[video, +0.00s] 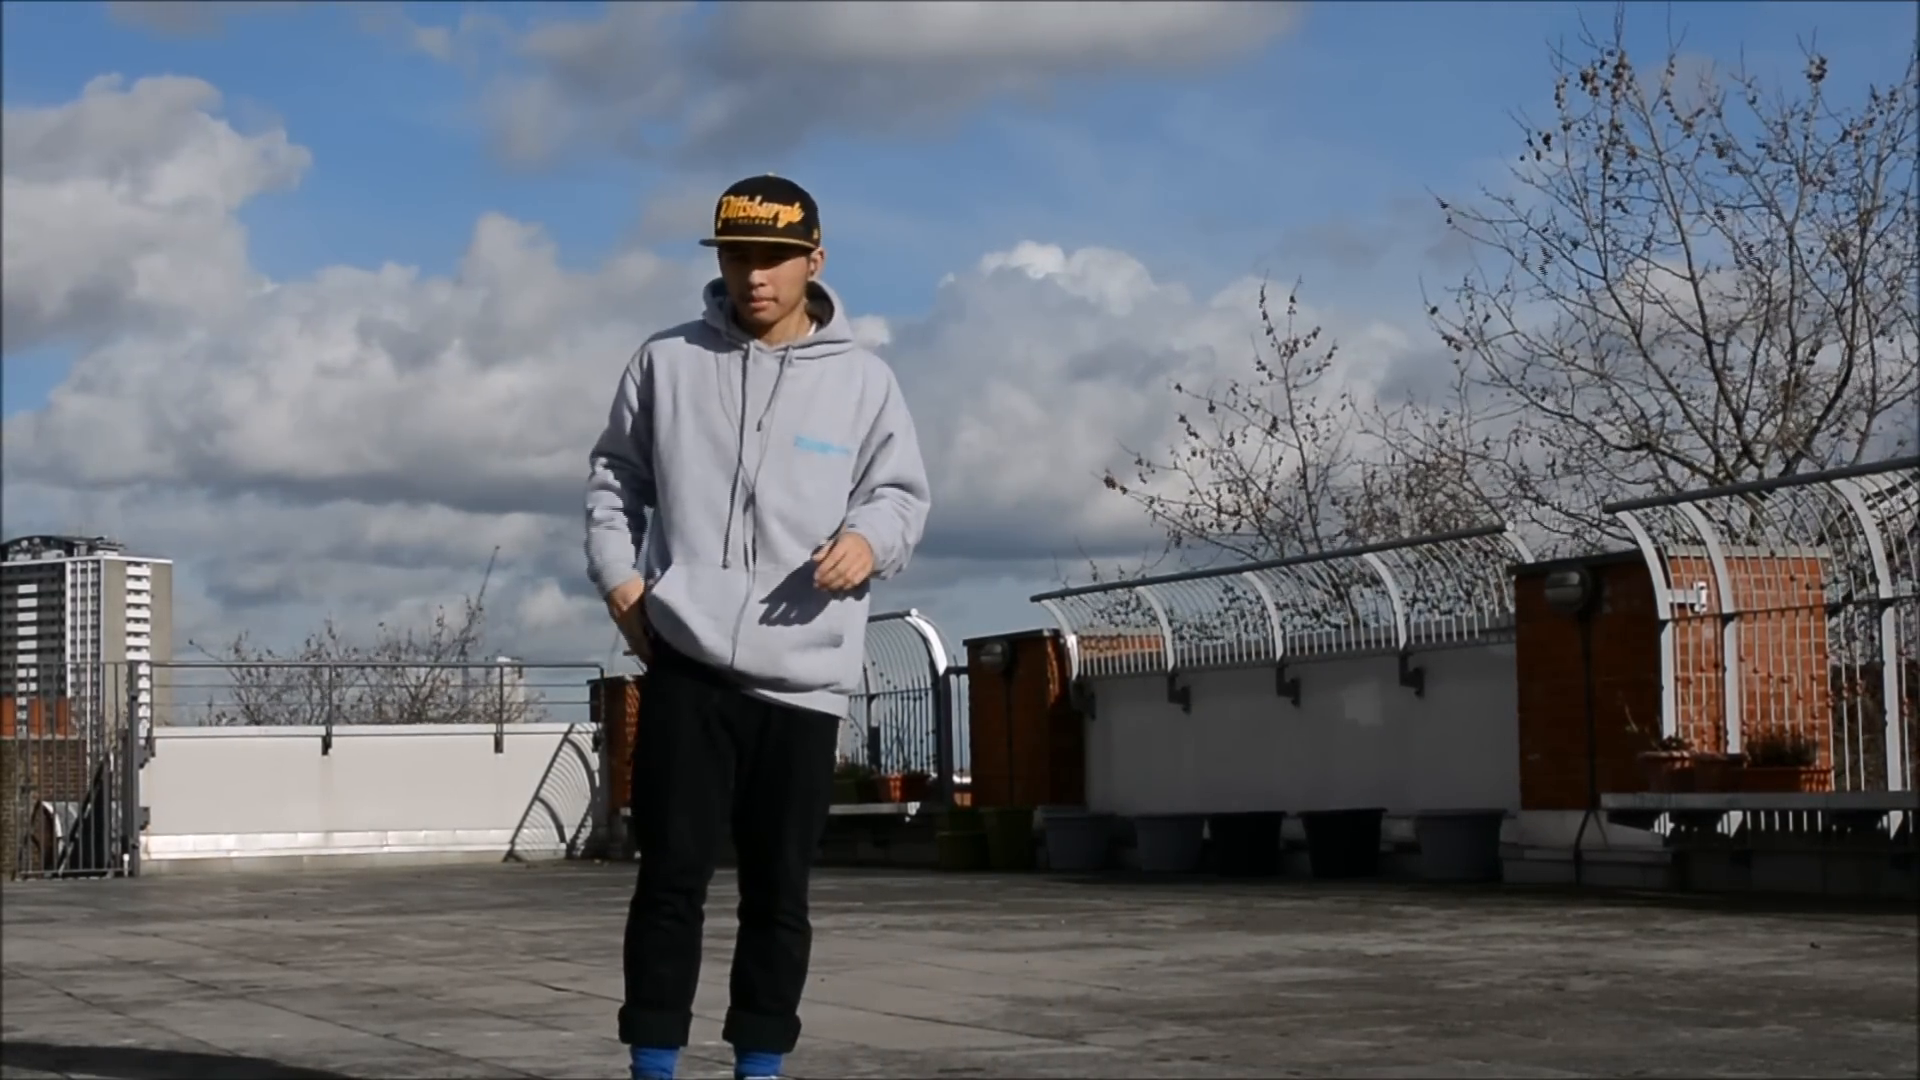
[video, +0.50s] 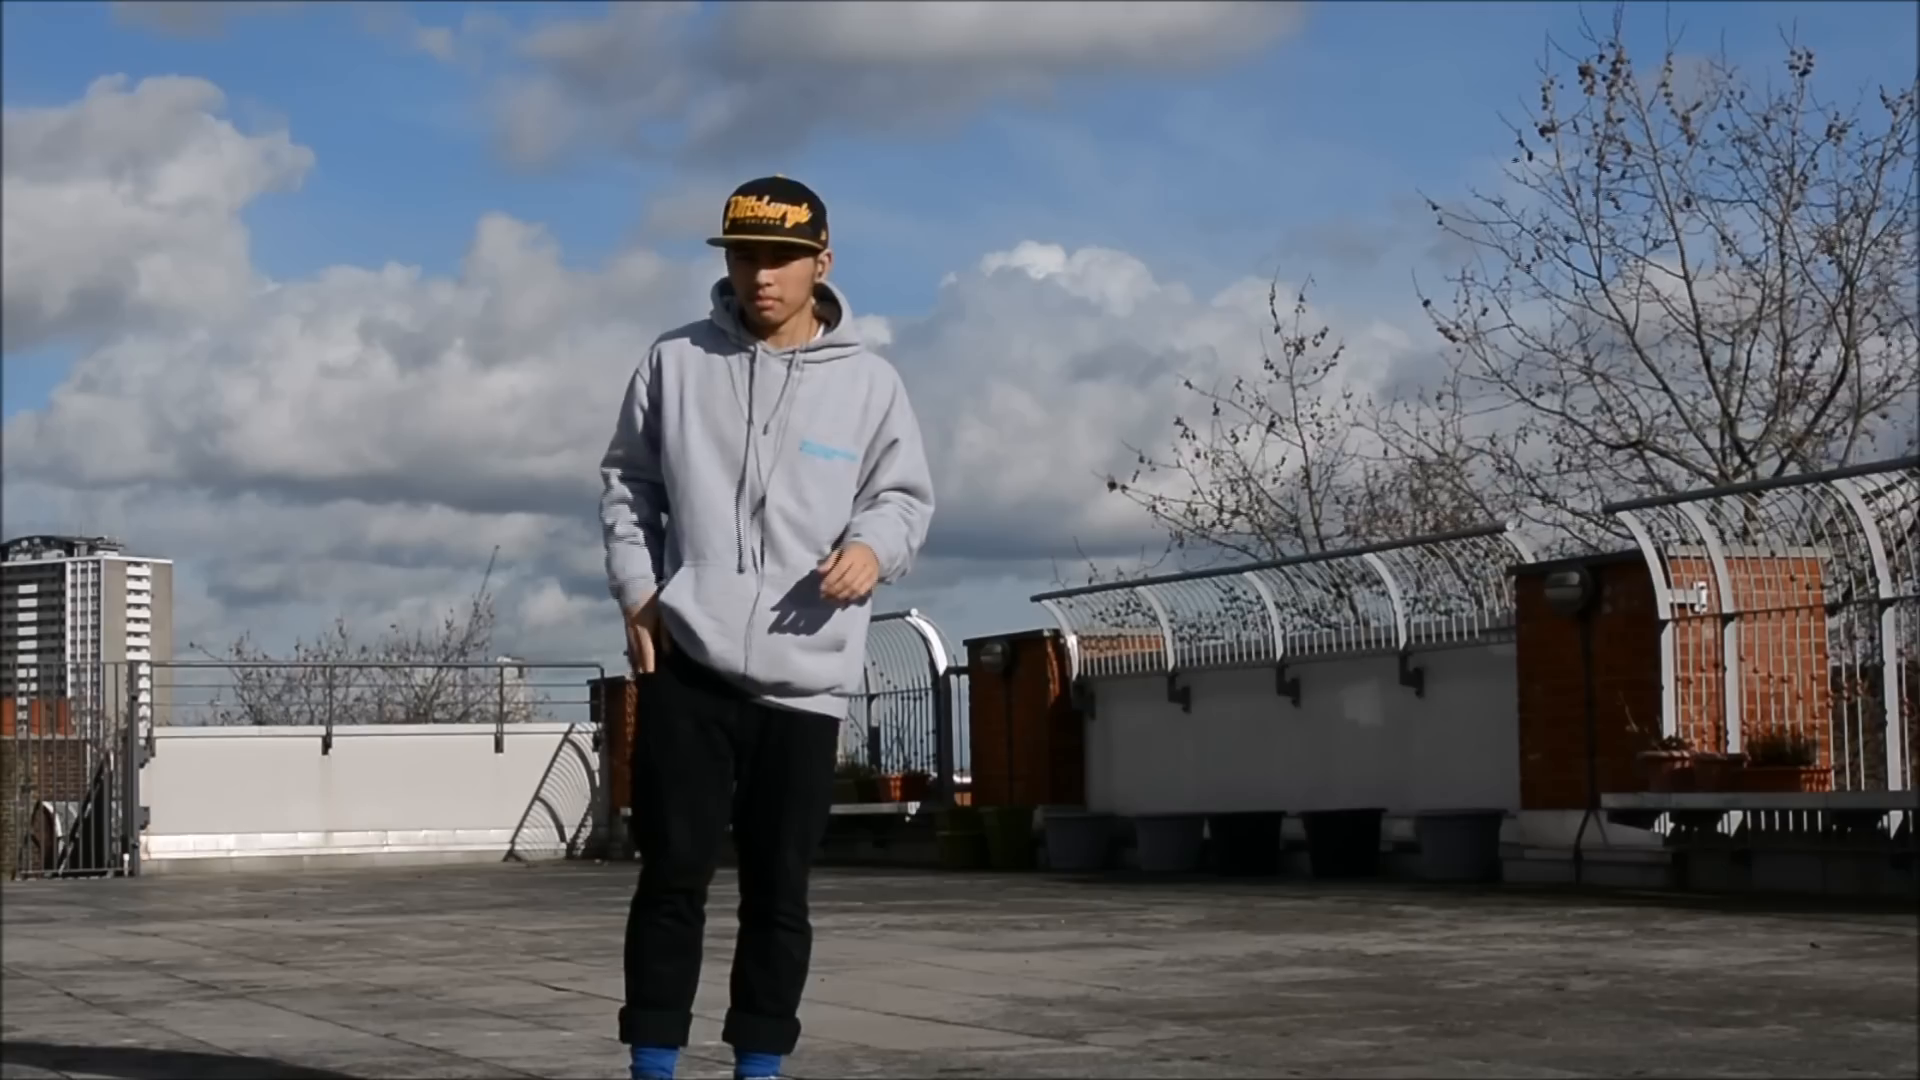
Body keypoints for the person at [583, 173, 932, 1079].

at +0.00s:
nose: (754, 277)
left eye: (774, 259)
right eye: (739, 259)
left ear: (812, 262)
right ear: (720, 261)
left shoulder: (864, 377)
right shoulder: (663, 363)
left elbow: (901, 492)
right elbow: (614, 480)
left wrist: (867, 540)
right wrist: (623, 581)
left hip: (804, 666)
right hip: (684, 655)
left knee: (780, 881)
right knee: (672, 872)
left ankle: (761, 1063)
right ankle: (653, 1062)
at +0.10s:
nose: (757, 278)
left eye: (777, 260)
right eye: (742, 260)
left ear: (815, 263)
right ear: (724, 262)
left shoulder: (865, 381)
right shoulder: (667, 362)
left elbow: (900, 496)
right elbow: (617, 483)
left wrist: (867, 545)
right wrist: (623, 590)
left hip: (803, 668)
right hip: (682, 655)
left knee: (780, 881)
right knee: (672, 871)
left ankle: (761, 1063)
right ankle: (653, 1062)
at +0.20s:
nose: (760, 277)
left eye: (780, 260)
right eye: (745, 260)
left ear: (817, 263)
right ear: (727, 261)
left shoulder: (866, 381)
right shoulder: (667, 361)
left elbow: (900, 497)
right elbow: (617, 482)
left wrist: (867, 546)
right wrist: (623, 593)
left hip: (802, 670)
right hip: (682, 657)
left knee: (779, 882)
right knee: (672, 872)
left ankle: (761, 1063)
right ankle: (653, 1061)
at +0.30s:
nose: (761, 277)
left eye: (782, 259)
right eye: (746, 259)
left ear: (819, 263)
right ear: (727, 262)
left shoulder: (868, 381)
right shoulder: (670, 364)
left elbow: (901, 497)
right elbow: (627, 494)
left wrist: (868, 546)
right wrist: (631, 610)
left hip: (801, 673)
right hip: (682, 662)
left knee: (778, 885)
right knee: (672, 873)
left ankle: (762, 1063)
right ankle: (653, 1062)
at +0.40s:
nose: (762, 277)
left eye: (783, 259)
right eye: (747, 259)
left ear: (820, 264)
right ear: (729, 263)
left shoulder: (869, 381)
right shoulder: (673, 364)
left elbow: (904, 497)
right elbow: (631, 493)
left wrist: (870, 547)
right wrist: (637, 604)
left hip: (803, 674)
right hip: (684, 661)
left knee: (779, 885)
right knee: (672, 873)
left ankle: (762, 1063)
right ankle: (653, 1062)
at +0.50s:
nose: (761, 276)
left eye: (782, 258)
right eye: (746, 258)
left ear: (819, 264)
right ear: (727, 263)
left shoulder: (870, 380)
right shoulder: (673, 362)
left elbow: (904, 495)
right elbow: (625, 483)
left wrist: (873, 546)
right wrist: (638, 590)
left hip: (805, 672)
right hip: (686, 659)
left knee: (780, 884)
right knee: (673, 872)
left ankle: (762, 1063)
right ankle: (653, 1062)